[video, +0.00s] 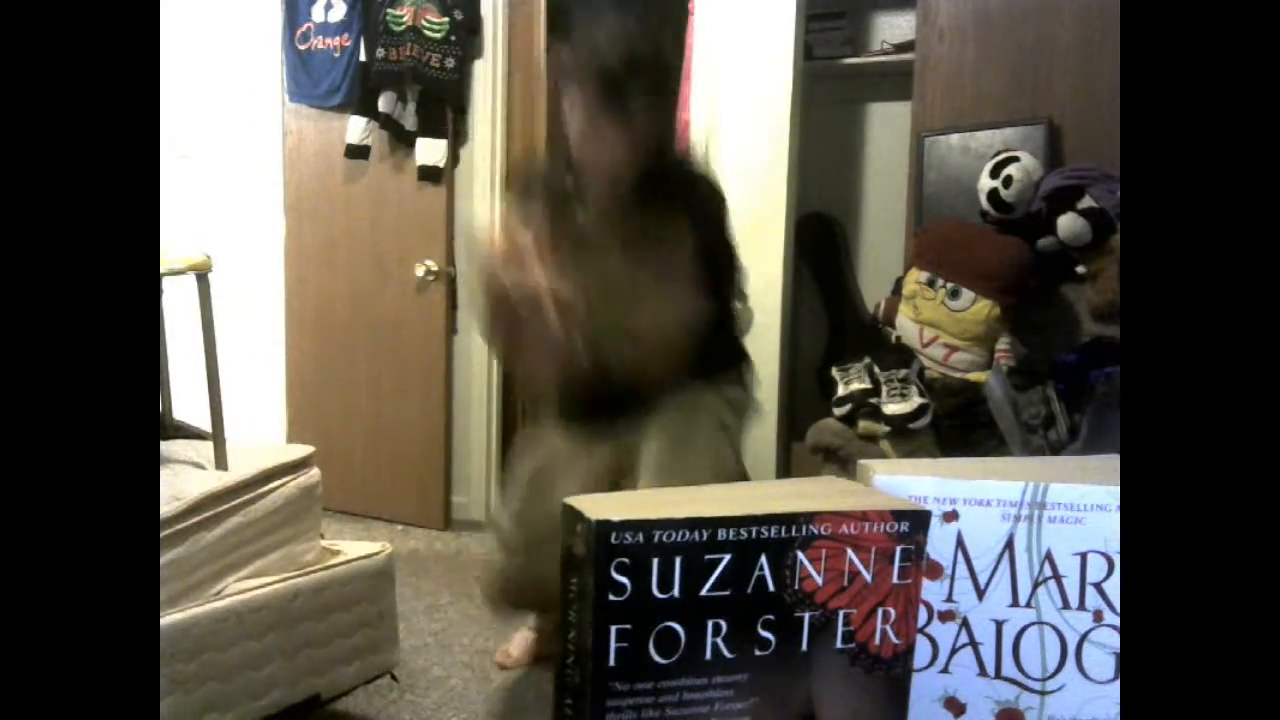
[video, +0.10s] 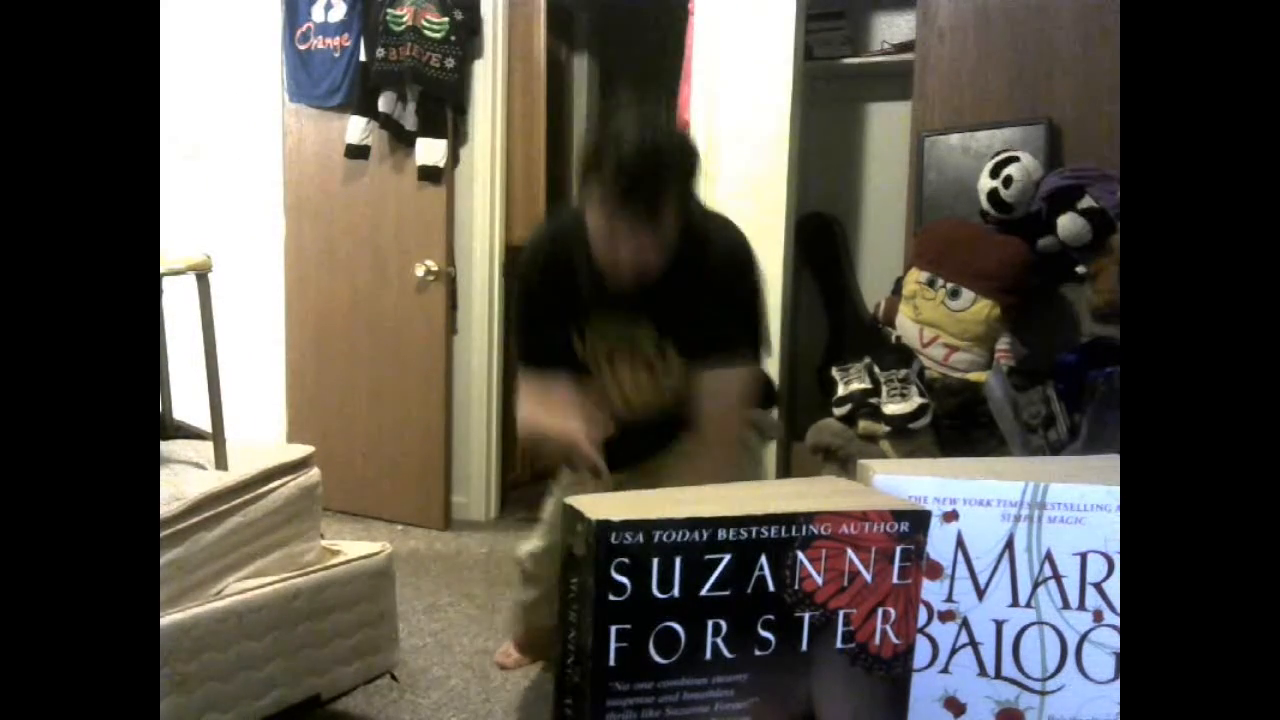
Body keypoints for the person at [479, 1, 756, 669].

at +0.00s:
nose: (592, 139)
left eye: (612, 119)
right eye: (579, 116)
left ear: (651, 120)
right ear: (562, 112)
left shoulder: (686, 198)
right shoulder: (544, 195)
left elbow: (686, 332)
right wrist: (521, 299)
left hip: (689, 385)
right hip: (584, 387)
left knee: (679, 486)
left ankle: (682, 623)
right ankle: (546, 616)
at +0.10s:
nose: (625, 247)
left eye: (644, 229)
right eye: (611, 225)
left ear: (676, 211)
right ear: (587, 201)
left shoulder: (718, 254)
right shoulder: (551, 256)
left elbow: (722, 428)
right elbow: (536, 401)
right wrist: (567, 421)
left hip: (695, 438)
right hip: (599, 448)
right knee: (547, 551)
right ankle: (539, 632)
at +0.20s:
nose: (649, 276)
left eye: (670, 258)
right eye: (633, 254)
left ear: (700, 233)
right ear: (605, 223)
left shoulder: (737, 255)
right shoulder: (559, 261)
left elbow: (765, 424)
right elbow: (538, 422)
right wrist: (571, 449)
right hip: (598, 439)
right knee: (560, 541)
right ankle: (545, 624)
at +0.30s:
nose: (653, 254)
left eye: (675, 238)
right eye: (639, 230)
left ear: (707, 213)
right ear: (613, 196)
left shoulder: (749, 237)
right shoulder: (563, 239)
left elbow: (793, 387)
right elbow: (533, 391)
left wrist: (724, 370)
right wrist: (575, 423)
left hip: (711, 408)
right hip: (602, 408)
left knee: (738, 512)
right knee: (558, 528)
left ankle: (739, 635)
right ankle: (544, 621)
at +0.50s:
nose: (658, 234)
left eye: (679, 217)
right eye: (645, 209)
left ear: (716, 191)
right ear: (618, 174)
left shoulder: (764, 213)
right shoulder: (565, 215)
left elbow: (820, 334)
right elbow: (524, 365)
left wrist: (747, 310)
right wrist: (564, 394)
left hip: (726, 389)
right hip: (613, 396)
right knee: (561, 496)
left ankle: (729, 630)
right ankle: (541, 618)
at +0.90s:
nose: (659, 401)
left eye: (683, 386)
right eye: (646, 379)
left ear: (719, 360)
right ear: (616, 335)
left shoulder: (761, 327)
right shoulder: (563, 329)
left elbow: (762, 512)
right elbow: (538, 507)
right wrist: (550, 624)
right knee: (549, 656)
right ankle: (524, 640)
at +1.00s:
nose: (686, 370)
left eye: (709, 354)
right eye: (673, 345)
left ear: (740, 335)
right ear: (639, 308)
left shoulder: (779, 339)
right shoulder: (577, 317)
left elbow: (754, 516)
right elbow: (517, 480)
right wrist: (522, 612)